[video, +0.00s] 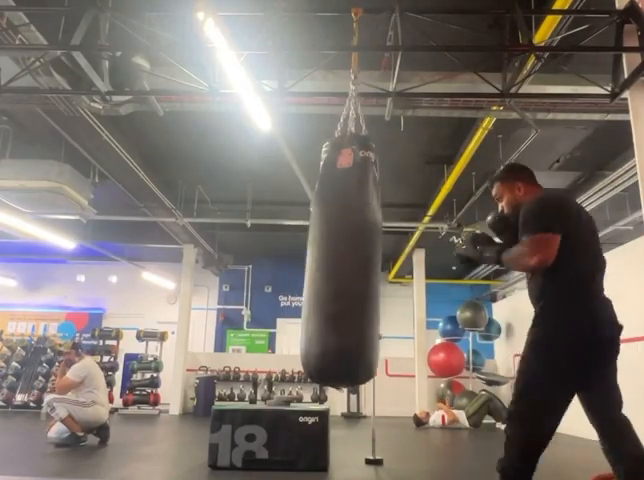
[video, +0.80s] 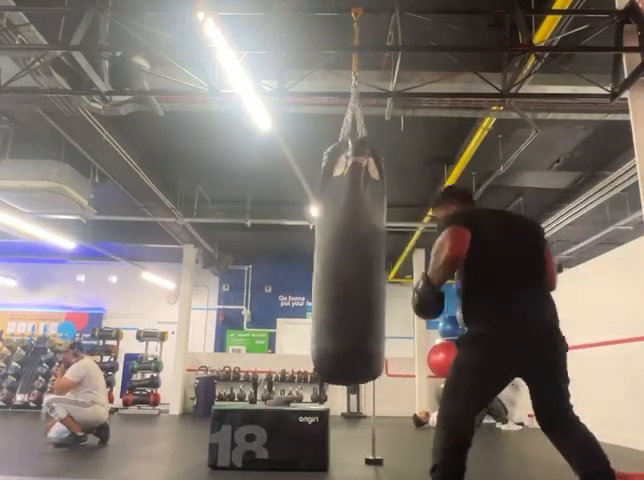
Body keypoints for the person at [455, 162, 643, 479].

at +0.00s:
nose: (499, 210)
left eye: (499, 199)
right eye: (497, 203)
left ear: (519, 187)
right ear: (526, 187)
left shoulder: (542, 204)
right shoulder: (573, 209)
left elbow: (539, 254)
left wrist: (495, 255)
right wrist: (518, 236)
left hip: (561, 326)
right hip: (597, 323)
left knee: (528, 419)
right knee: (608, 417)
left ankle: (513, 473)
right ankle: (634, 471)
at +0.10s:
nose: (494, 213)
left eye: (494, 204)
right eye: (492, 207)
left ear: (509, 193)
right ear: (525, 190)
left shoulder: (528, 209)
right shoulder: (573, 218)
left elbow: (507, 244)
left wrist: (472, 243)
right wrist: (482, 237)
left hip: (540, 334)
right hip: (585, 334)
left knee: (490, 411)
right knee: (600, 425)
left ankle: (492, 472)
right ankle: (630, 474)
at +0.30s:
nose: (474, 203)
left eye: (474, 199)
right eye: (475, 200)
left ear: (478, 194)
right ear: (506, 187)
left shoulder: (479, 207)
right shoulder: (547, 209)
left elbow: (440, 238)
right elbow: (568, 267)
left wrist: (431, 231)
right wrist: (534, 251)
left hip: (500, 327)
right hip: (554, 325)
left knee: (470, 411)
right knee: (594, 413)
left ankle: (470, 472)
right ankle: (629, 472)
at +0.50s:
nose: (435, 212)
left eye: (434, 205)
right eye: (432, 206)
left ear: (445, 199)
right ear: (465, 191)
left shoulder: (452, 229)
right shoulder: (512, 208)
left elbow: (447, 291)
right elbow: (537, 245)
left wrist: (447, 266)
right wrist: (502, 250)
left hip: (493, 335)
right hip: (543, 328)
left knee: (464, 431)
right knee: (579, 413)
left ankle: (452, 474)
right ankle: (626, 474)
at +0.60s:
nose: (423, 225)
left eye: (421, 216)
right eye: (419, 218)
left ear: (436, 207)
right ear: (449, 201)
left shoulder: (459, 233)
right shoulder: (493, 220)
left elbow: (465, 293)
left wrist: (446, 284)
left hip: (495, 342)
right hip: (537, 334)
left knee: (453, 434)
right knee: (586, 427)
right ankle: (632, 472)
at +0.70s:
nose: (425, 224)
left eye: (424, 214)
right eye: (422, 217)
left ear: (438, 204)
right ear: (454, 199)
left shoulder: (459, 222)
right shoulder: (504, 221)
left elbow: (464, 268)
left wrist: (433, 280)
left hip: (490, 339)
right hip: (536, 333)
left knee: (451, 425)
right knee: (569, 421)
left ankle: (447, 473)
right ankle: (621, 474)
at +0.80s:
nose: (440, 223)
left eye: (440, 216)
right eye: (437, 218)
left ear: (452, 205)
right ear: (469, 201)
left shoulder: (460, 219)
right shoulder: (529, 225)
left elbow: (452, 249)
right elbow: (550, 280)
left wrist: (430, 284)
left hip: (491, 339)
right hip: (543, 338)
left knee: (454, 422)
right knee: (559, 419)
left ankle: (445, 473)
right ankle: (603, 475)